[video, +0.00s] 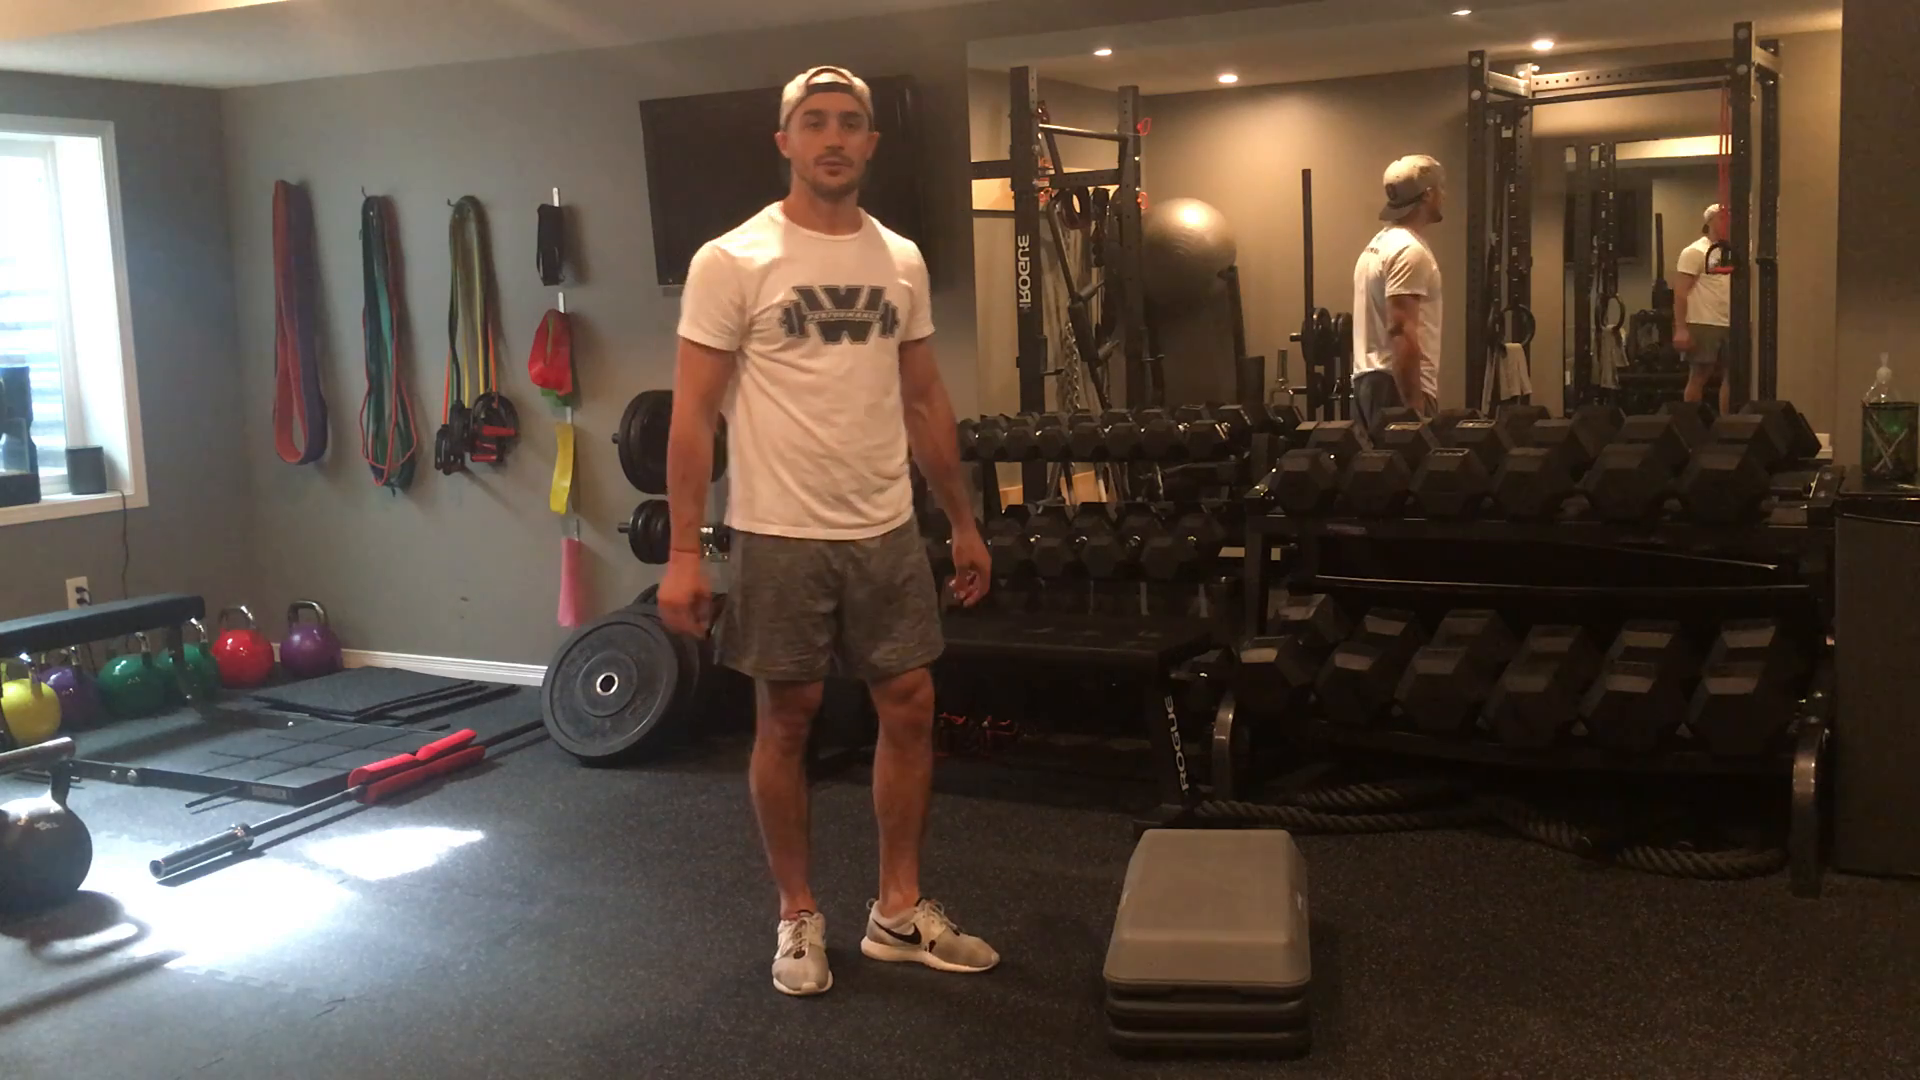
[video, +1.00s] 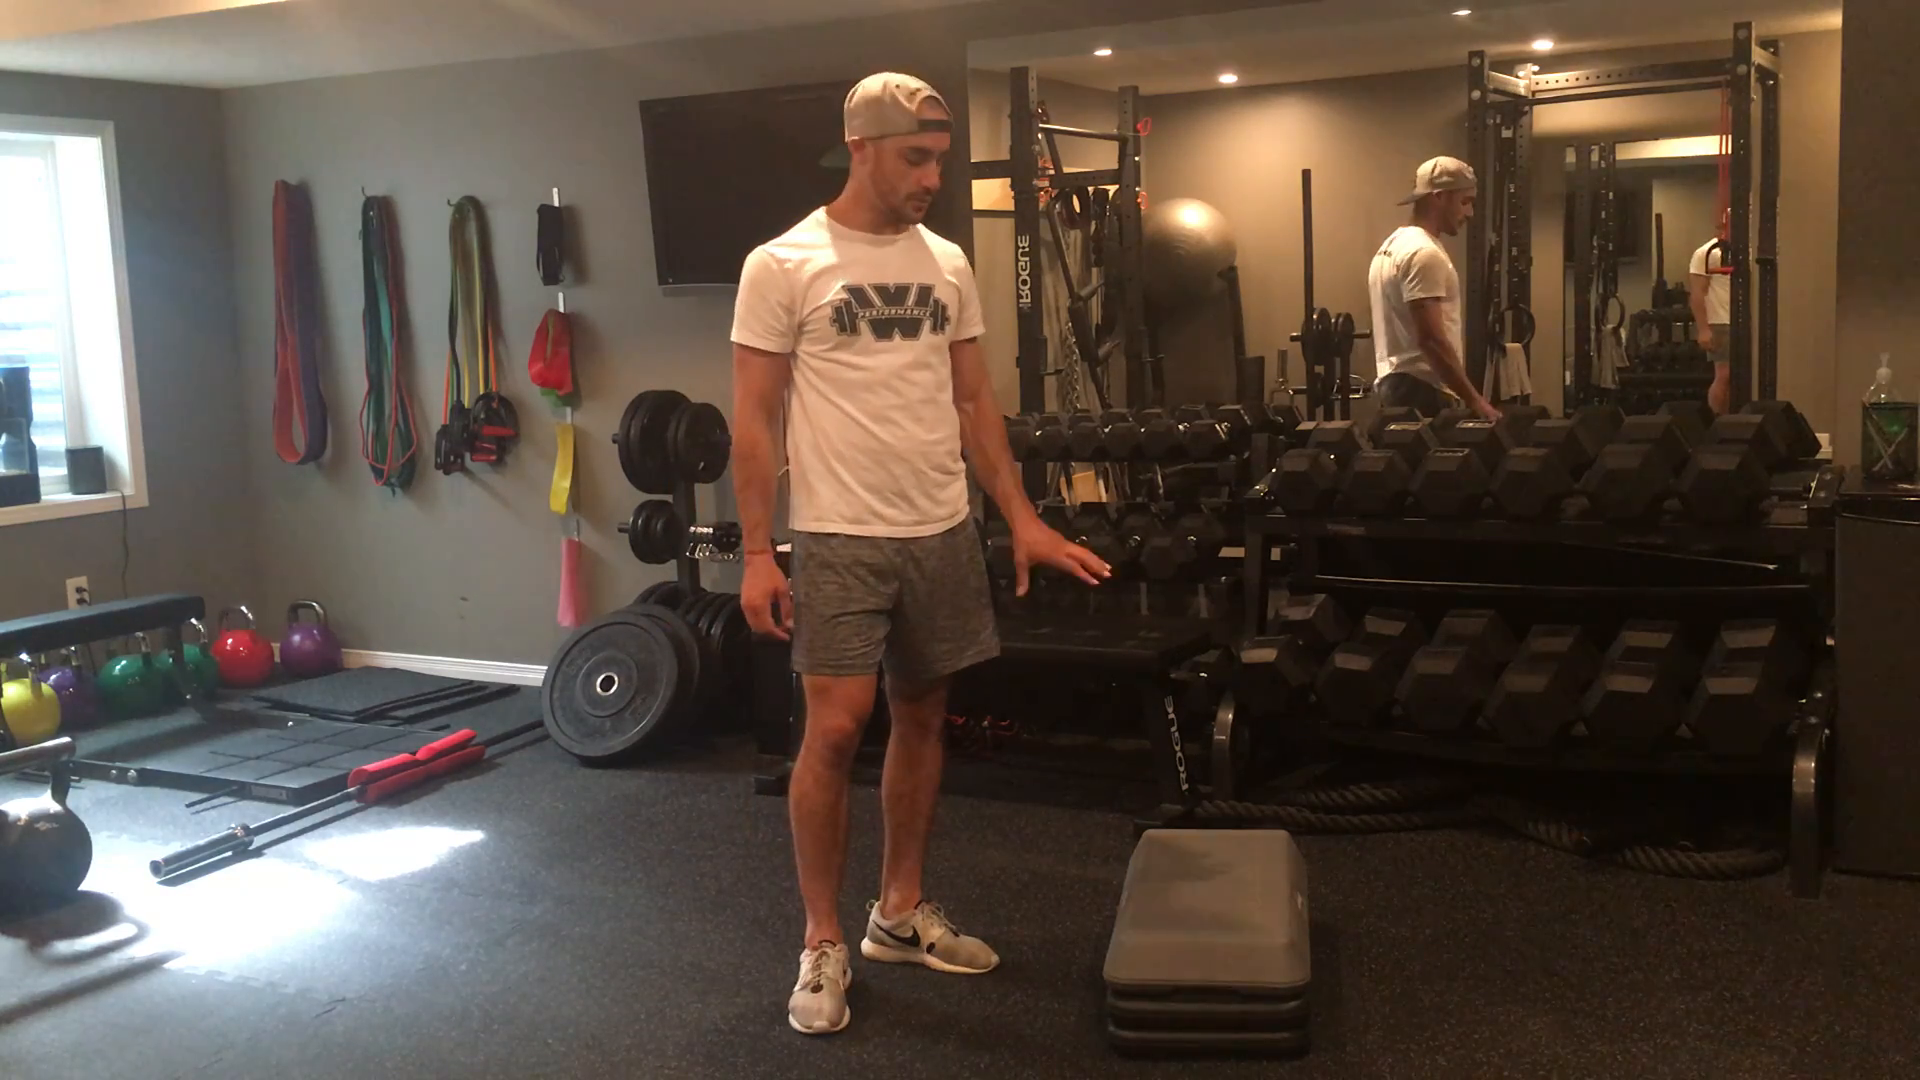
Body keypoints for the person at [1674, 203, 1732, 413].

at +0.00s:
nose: (1728, 224)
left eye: (1729, 219)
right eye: (1724, 219)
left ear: (1729, 223)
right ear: (1711, 223)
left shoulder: (1730, 252)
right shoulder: (1694, 252)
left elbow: (1739, 290)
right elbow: (1680, 293)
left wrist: (1742, 323)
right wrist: (1680, 327)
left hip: (1730, 326)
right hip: (1703, 326)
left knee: (1731, 378)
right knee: (1699, 376)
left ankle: (1725, 425)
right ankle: (1689, 423)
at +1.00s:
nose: (1735, 229)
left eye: (1737, 224)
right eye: (1732, 224)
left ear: (1741, 226)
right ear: (1723, 224)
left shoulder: (1745, 253)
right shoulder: (1705, 254)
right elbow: (1697, 294)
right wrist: (1703, 328)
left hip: (1743, 324)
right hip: (1721, 324)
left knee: (1736, 377)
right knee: (1723, 376)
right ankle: (1716, 423)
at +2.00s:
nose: (1732, 223)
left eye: (1735, 218)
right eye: (1729, 218)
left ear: (1741, 223)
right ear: (1723, 220)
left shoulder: (1746, 254)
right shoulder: (1707, 254)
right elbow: (1698, 291)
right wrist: (1698, 325)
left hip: (1742, 325)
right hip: (1718, 323)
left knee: (1732, 377)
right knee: (1722, 374)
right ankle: (1714, 423)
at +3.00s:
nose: (1734, 226)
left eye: (1737, 220)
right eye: (1731, 220)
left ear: (1743, 223)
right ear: (1724, 223)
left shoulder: (1748, 253)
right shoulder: (1709, 254)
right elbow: (1700, 292)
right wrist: (1702, 327)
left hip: (1744, 323)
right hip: (1721, 323)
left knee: (1736, 378)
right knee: (1723, 377)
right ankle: (1716, 424)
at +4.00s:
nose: (1737, 228)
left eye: (1737, 223)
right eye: (1735, 223)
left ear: (1724, 222)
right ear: (1727, 222)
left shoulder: (1727, 251)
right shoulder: (1714, 250)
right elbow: (1705, 294)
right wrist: (1715, 330)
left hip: (1725, 322)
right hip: (1711, 324)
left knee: (1728, 379)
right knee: (1709, 379)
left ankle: (1727, 424)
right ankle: (1698, 424)